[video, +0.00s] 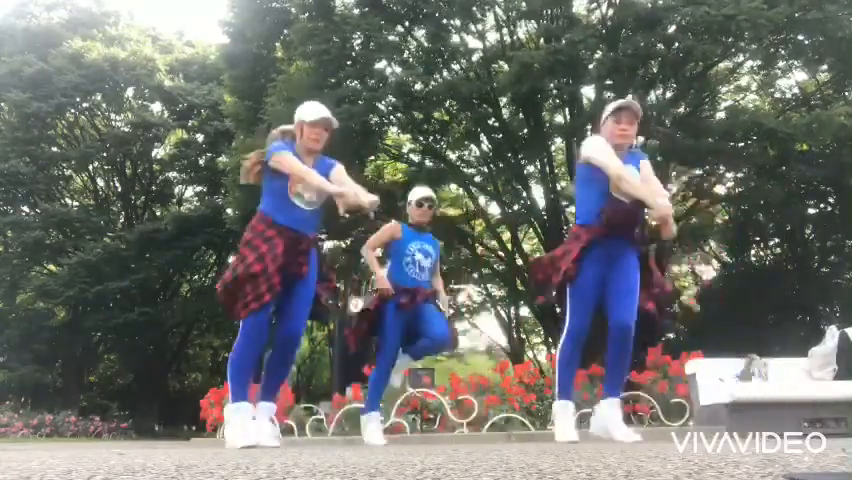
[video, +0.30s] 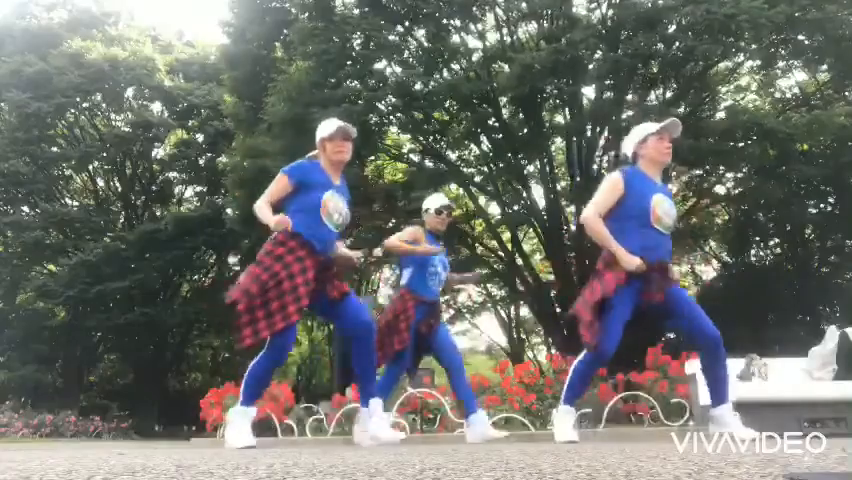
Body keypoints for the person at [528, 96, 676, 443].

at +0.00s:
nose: (624, 128)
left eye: (631, 123)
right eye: (617, 121)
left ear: (637, 129)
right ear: (603, 124)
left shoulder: (639, 158)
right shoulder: (593, 146)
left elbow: (658, 196)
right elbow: (620, 177)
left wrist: (664, 218)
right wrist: (658, 203)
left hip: (624, 251)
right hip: (589, 250)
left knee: (623, 324)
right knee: (577, 328)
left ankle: (608, 411)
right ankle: (563, 410)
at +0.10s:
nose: (643, 138)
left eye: (647, 134)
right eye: (635, 131)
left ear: (649, 142)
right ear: (614, 137)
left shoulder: (643, 176)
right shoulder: (603, 159)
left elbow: (658, 214)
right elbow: (619, 202)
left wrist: (671, 236)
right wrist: (653, 236)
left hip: (622, 261)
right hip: (587, 258)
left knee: (659, 316)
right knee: (580, 335)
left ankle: (624, 398)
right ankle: (563, 410)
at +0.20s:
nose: (658, 141)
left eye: (659, 137)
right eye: (650, 135)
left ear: (659, 145)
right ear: (629, 141)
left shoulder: (652, 186)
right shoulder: (611, 165)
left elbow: (652, 230)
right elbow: (598, 203)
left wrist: (663, 248)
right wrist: (633, 242)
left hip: (631, 266)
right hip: (597, 262)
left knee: (686, 315)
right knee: (584, 338)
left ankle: (672, 402)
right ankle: (564, 411)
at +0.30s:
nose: (668, 142)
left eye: (669, 139)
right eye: (659, 138)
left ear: (669, 148)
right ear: (640, 147)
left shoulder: (664, 191)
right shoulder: (622, 179)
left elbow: (653, 233)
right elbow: (588, 216)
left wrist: (664, 268)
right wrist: (620, 254)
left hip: (660, 279)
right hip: (625, 277)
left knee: (711, 338)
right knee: (603, 347)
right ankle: (565, 410)